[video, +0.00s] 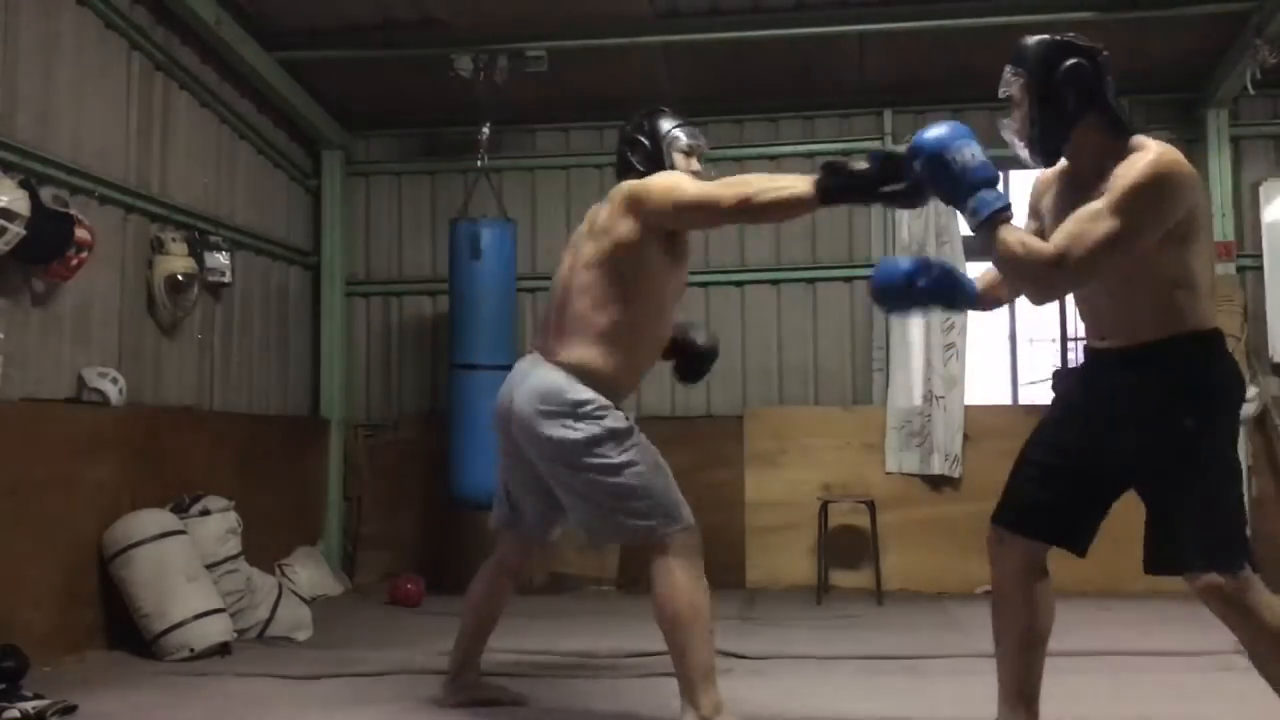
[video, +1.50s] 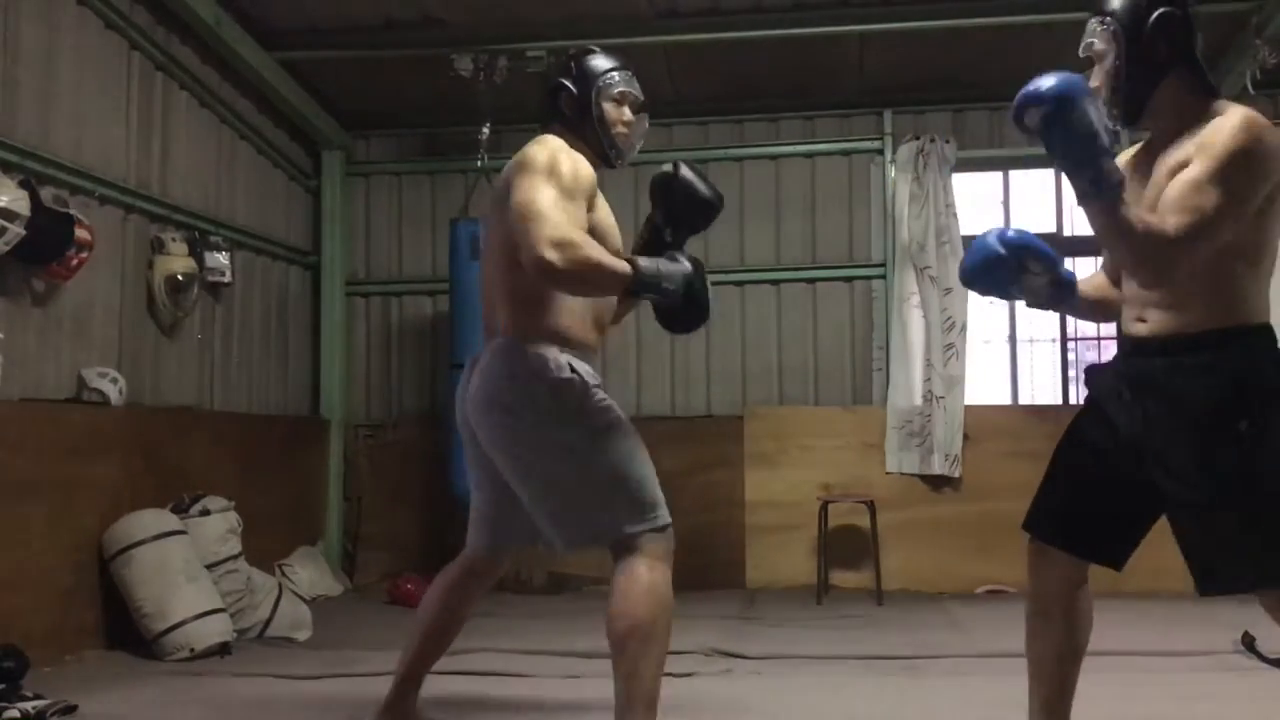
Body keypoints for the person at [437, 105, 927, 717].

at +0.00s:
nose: (704, 164)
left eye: (701, 153)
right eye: (691, 152)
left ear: (644, 159)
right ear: (657, 155)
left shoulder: (623, 214)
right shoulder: (646, 195)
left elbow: (601, 305)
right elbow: (736, 198)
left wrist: (668, 344)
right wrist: (847, 182)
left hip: (534, 390)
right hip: (571, 402)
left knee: (513, 547)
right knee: (675, 536)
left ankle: (459, 677)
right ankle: (706, 706)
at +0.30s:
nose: (698, 157)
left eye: (703, 146)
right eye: (687, 141)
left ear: (639, 149)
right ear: (649, 141)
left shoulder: (622, 198)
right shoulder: (638, 189)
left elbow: (679, 305)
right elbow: (677, 278)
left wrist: (727, 256)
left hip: (544, 378)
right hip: (591, 382)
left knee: (519, 536)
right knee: (697, 531)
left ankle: (437, 669)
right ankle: (708, 705)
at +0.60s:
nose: (663, 160)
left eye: (664, 149)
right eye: (651, 146)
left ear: (617, 155)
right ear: (614, 147)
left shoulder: (614, 216)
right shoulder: (597, 198)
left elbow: (667, 295)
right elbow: (578, 266)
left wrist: (702, 226)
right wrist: (617, 329)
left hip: (549, 396)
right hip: (592, 399)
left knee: (512, 556)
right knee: (706, 539)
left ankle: (437, 686)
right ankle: (694, 706)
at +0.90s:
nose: (667, 128)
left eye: (669, 117)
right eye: (654, 114)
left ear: (607, 122)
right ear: (616, 115)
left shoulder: (615, 184)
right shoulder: (601, 162)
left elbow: (624, 278)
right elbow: (607, 235)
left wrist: (684, 249)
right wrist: (698, 291)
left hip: (531, 369)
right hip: (582, 374)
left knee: (517, 540)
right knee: (656, 546)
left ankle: (412, 674)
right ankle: (687, 712)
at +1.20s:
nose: (625, 119)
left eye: (629, 108)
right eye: (613, 104)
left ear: (609, 117)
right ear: (573, 105)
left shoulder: (572, 185)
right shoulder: (544, 160)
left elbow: (599, 283)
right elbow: (509, 250)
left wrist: (653, 234)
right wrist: (562, 344)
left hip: (500, 369)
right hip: (539, 368)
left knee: (471, 549)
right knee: (634, 532)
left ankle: (396, 695)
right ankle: (682, 704)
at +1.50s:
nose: (634, 118)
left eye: (638, 106)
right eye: (621, 102)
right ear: (579, 102)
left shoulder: (577, 187)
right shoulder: (553, 156)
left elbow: (598, 311)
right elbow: (550, 248)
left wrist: (660, 238)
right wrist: (647, 273)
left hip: (502, 384)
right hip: (543, 379)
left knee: (483, 554)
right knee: (647, 540)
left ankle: (399, 699)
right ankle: (637, 713)